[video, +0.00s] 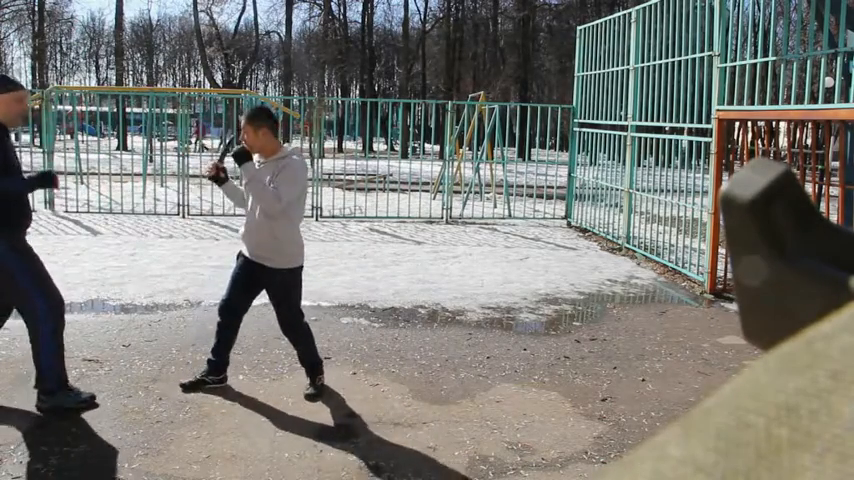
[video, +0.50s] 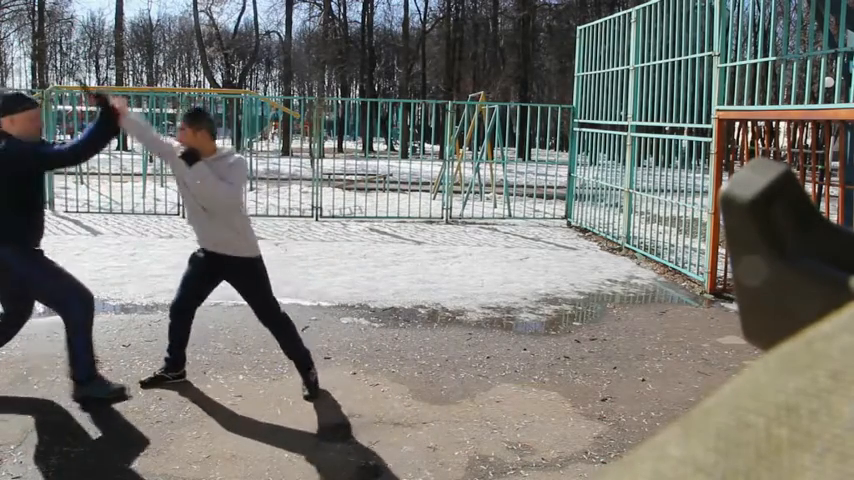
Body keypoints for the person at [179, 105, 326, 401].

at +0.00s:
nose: (244, 141)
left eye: (247, 135)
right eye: (243, 136)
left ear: (266, 133)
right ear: (260, 135)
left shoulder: (295, 165)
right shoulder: (258, 164)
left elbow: (273, 206)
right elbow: (249, 204)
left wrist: (246, 166)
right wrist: (223, 182)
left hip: (283, 262)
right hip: (252, 258)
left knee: (292, 323)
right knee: (228, 313)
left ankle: (316, 375)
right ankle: (215, 373)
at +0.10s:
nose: (243, 144)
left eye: (246, 138)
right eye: (242, 139)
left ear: (265, 136)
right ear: (259, 138)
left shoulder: (294, 168)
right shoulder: (258, 167)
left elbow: (269, 208)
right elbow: (248, 207)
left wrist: (245, 167)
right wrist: (224, 183)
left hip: (281, 265)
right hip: (249, 259)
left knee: (289, 327)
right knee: (220, 309)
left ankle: (315, 375)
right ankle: (214, 372)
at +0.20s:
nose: (240, 150)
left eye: (242, 144)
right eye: (238, 145)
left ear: (260, 140)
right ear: (252, 143)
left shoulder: (289, 173)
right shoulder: (253, 171)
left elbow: (263, 210)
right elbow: (236, 206)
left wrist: (239, 170)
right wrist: (215, 182)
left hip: (276, 268)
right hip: (244, 261)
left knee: (286, 330)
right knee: (209, 306)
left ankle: (315, 375)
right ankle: (206, 369)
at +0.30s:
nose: (226, 148)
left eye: (230, 143)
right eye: (226, 143)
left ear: (247, 141)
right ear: (238, 143)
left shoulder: (277, 173)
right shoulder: (234, 172)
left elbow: (256, 209)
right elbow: (210, 193)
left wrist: (229, 171)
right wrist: (192, 167)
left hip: (268, 268)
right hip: (233, 263)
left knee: (285, 329)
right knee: (201, 309)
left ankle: (315, 374)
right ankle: (185, 368)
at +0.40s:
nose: (203, 141)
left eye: (206, 135)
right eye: (203, 135)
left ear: (224, 136)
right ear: (219, 138)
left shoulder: (257, 168)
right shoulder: (203, 170)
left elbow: (244, 206)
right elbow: (174, 167)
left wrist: (215, 171)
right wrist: (150, 139)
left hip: (256, 266)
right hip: (218, 263)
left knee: (280, 322)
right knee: (189, 313)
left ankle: (314, 373)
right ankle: (175, 368)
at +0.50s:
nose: (177, 135)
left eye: (182, 130)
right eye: (178, 130)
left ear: (199, 132)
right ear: (193, 133)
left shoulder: (234, 164)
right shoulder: (178, 159)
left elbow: (227, 201)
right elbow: (148, 138)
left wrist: (195, 167)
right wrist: (121, 114)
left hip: (243, 258)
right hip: (208, 256)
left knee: (271, 317)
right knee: (180, 309)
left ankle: (307, 371)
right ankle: (174, 368)